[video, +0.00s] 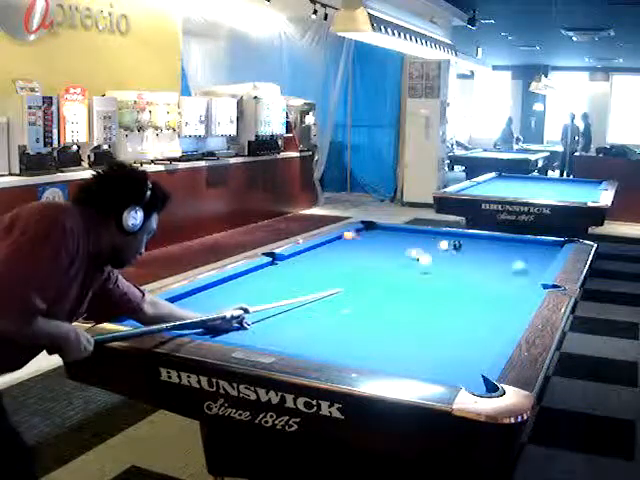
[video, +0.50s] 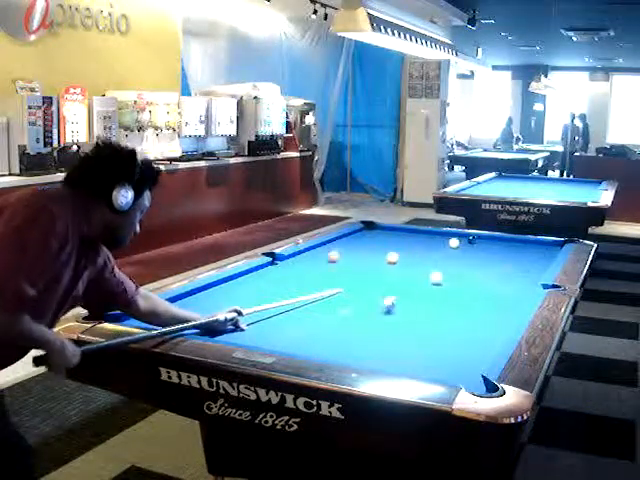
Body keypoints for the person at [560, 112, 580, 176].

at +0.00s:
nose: (572, 119)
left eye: (573, 117)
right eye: (571, 117)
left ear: (574, 118)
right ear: (569, 117)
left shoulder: (576, 127)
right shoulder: (565, 126)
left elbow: (578, 136)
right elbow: (562, 135)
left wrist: (577, 144)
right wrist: (563, 143)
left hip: (573, 146)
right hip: (566, 146)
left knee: (571, 160)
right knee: (563, 160)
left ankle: (569, 173)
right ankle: (561, 173)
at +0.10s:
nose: (572, 119)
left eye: (573, 117)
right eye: (571, 117)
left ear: (574, 118)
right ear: (569, 117)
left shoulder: (576, 127)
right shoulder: (565, 126)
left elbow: (578, 136)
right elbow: (562, 136)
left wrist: (577, 144)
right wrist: (563, 144)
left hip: (573, 146)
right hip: (566, 146)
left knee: (571, 160)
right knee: (563, 160)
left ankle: (569, 173)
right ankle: (561, 173)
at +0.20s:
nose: (572, 119)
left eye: (573, 117)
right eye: (571, 117)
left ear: (575, 118)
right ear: (570, 117)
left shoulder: (576, 127)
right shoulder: (565, 126)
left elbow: (578, 136)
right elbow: (563, 135)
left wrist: (577, 144)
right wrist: (563, 143)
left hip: (573, 146)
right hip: (566, 145)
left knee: (571, 160)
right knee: (563, 159)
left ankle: (569, 173)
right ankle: (561, 173)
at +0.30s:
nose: (572, 119)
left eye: (573, 117)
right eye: (571, 117)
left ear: (574, 118)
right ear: (570, 117)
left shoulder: (576, 128)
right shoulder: (565, 126)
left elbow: (578, 136)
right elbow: (563, 135)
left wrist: (577, 144)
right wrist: (563, 143)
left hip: (573, 146)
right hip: (565, 146)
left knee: (571, 160)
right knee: (563, 159)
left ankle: (569, 173)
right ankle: (561, 173)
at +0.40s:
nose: (572, 119)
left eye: (573, 117)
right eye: (571, 117)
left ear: (574, 118)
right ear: (569, 117)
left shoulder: (576, 128)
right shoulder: (565, 126)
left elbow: (578, 136)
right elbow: (563, 135)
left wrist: (577, 145)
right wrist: (563, 143)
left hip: (573, 146)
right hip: (565, 145)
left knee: (571, 160)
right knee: (563, 159)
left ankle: (569, 173)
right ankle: (561, 173)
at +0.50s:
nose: (572, 119)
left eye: (573, 117)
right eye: (571, 117)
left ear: (574, 118)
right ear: (569, 117)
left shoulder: (576, 127)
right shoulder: (565, 126)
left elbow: (578, 136)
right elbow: (563, 135)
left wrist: (577, 145)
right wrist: (563, 143)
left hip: (573, 146)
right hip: (565, 145)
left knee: (571, 160)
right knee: (563, 159)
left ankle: (569, 173)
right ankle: (561, 173)